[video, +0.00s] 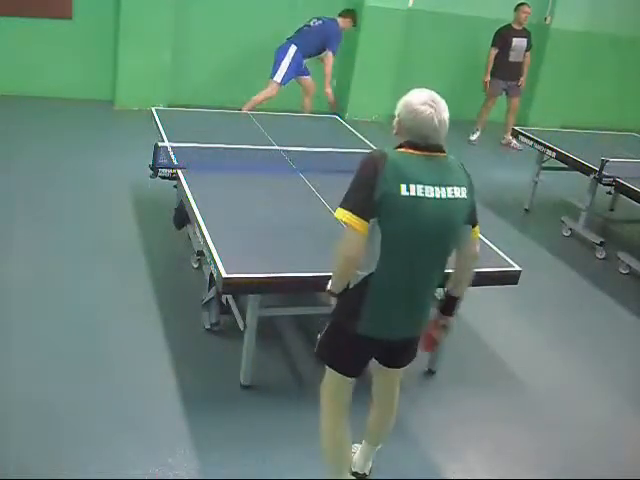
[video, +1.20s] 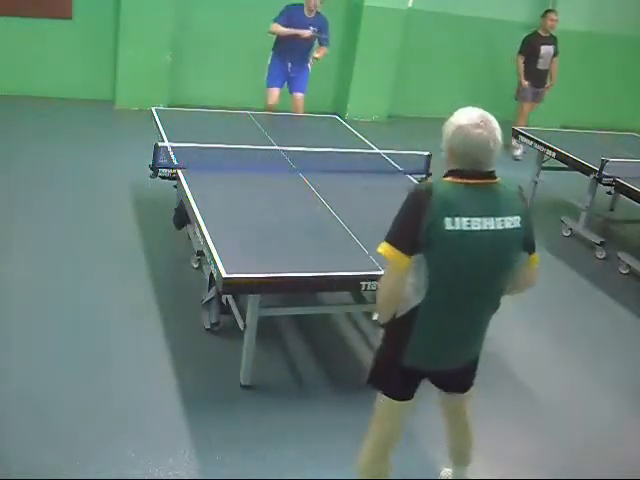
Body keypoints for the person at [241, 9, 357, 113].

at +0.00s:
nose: (349, 28)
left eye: (350, 26)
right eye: (350, 25)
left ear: (341, 16)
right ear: (348, 20)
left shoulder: (324, 20)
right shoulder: (335, 31)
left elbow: (310, 37)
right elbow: (328, 60)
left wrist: (321, 54)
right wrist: (328, 87)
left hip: (296, 54)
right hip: (291, 50)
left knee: (309, 88)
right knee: (272, 90)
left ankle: (305, 121)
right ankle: (243, 112)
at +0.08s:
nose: (350, 24)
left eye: (351, 22)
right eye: (351, 21)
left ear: (343, 13)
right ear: (348, 16)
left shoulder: (327, 18)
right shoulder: (334, 24)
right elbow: (325, 52)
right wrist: (322, 83)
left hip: (298, 53)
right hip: (291, 48)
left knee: (309, 87)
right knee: (275, 88)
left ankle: (305, 120)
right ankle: (245, 110)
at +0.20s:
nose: (345, 13)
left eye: (348, 11)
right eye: (348, 10)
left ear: (343, 5)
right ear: (344, 5)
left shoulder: (327, 13)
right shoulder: (329, 16)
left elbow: (314, 40)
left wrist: (321, 55)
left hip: (299, 50)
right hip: (290, 45)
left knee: (307, 85)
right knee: (277, 88)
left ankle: (306, 119)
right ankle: (255, 113)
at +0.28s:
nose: (347, 10)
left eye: (349, 8)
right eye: (348, 7)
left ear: (344, 3)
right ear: (344, 2)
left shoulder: (326, 14)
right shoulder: (322, 10)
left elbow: (312, 34)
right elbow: (305, 30)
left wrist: (317, 51)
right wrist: (308, 60)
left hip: (298, 48)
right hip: (289, 44)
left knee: (305, 86)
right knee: (279, 87)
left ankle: (305, 121)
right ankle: (262, 115)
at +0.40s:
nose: (327, 1)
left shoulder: (321, 12)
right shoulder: (306, 4)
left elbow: (315, 36)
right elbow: (285, 22)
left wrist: (315, 52)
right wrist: (295, 46)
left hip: (303, 48)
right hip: (286, 45)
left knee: (305, 88)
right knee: (278, 91)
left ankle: (303, 123)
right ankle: (266, 120)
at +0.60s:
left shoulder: (314, 9)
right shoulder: (284, 3)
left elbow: (313, 35)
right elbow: (268, 21)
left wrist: (306, 51)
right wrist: (278, 39)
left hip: (298, 52)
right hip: (279, 49)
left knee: (303, 90)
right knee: (271, 90)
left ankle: (303, 122)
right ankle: (264, 120)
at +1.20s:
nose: (312, 3)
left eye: (315, 1)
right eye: (310, 0)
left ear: (319, 3)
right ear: (306, 1)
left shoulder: (321, 21)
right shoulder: (291, 10)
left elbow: (323, 45)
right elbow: (273, 28)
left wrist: (318, 54)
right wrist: (299, 32)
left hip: (301, 63)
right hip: (279, 59)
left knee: (298, 99)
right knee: (271, 101)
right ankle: (268, 129)